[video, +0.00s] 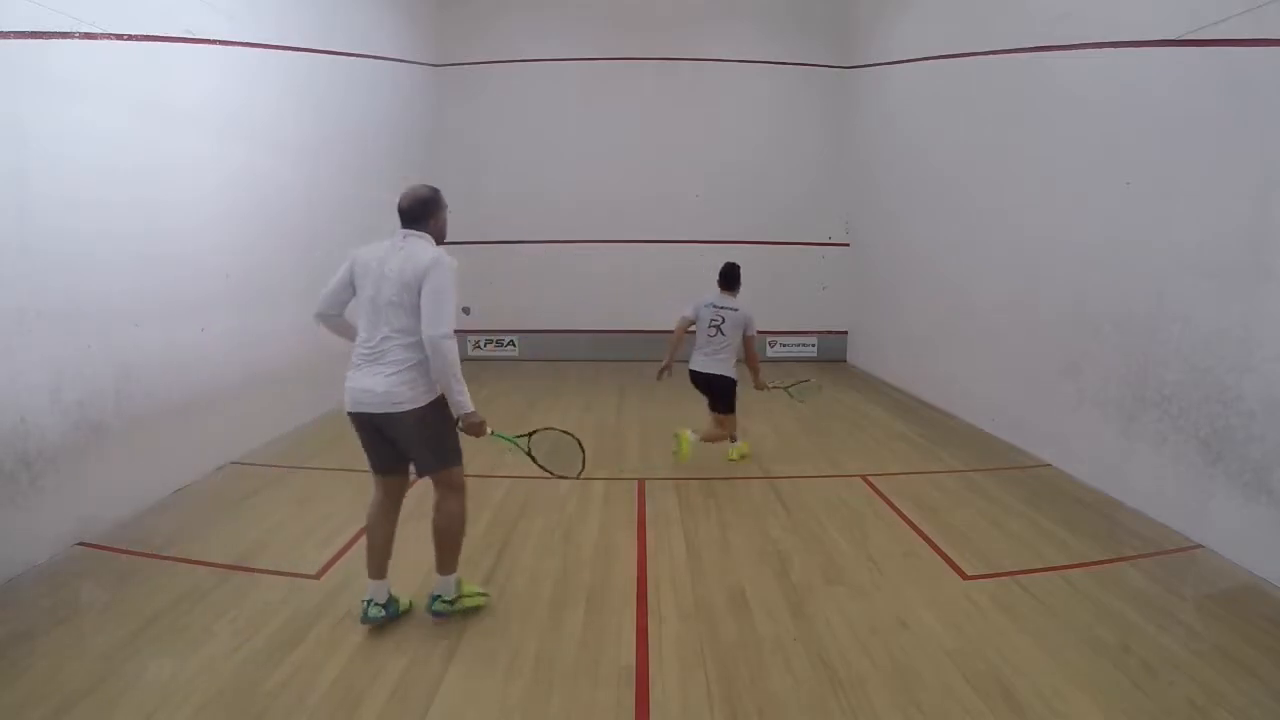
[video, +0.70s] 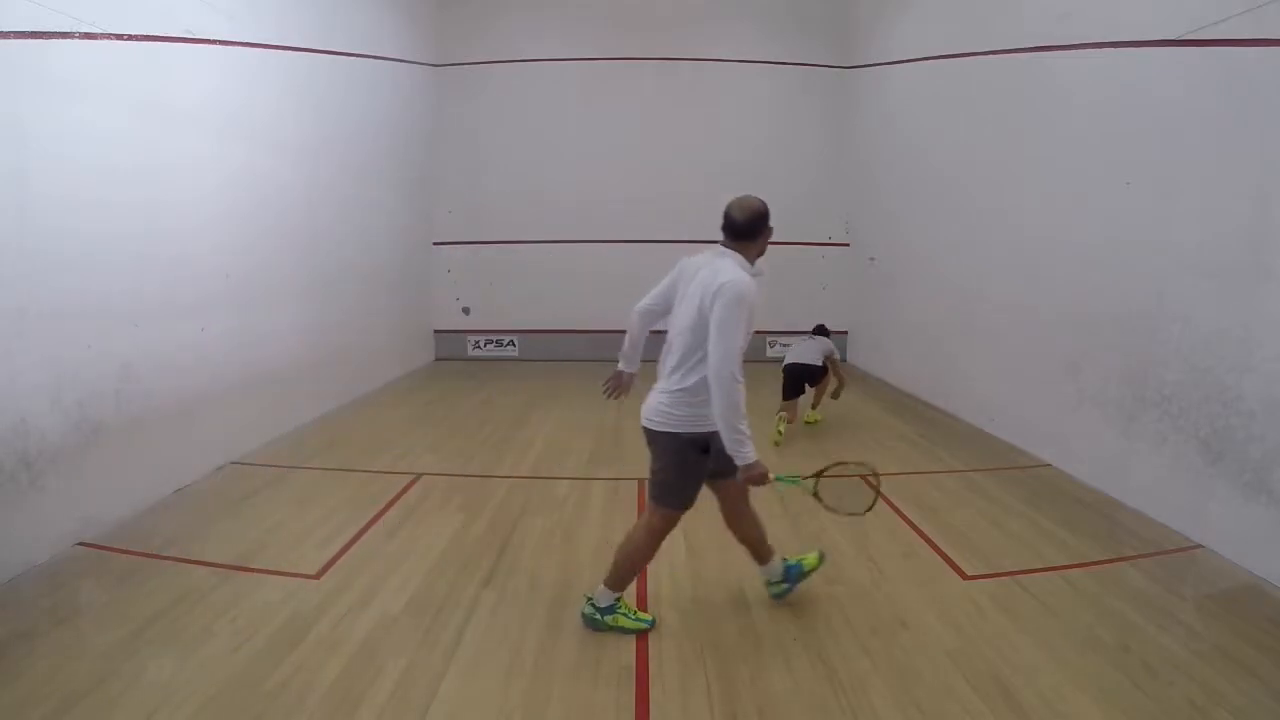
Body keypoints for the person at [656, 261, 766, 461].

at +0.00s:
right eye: (736, 282)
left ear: (718, 282)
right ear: (739, 285)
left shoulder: (703, 304)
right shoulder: (744, 314)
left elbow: (680, 329)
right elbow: (750, 355)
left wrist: (669, 360)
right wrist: (757, 379)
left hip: (696, 373)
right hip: (722, 378)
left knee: (722, 401)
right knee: (724, 431)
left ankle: (734, 443)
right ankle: (692, 437)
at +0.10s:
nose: (757, 290)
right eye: (758, 287)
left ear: (740, 288)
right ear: (760, 290)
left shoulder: (725, 309)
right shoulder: (764, 319)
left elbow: (699, 327)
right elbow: (774, 356)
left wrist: (683, 356)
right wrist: (786, 381)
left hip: (716, 371)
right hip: (743, 375)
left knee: (740, 400)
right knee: (765, 400)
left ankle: (736, 445)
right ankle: (745, 430)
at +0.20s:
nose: (779, 295)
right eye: (779, 292)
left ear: (760, 293)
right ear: (778, 295)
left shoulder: (744, 311)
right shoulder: (782, 322)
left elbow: (717, 325)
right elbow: (795, 359)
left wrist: (700, 345)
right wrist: (810, 383)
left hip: (737, 370)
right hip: (763, 372)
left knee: (749, 406)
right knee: (784, 384)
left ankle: (738, 434)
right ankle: (787, 423)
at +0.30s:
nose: (798, 304)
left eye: (797, 300)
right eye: (798, 301)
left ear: (779, 301)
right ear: (795, 302)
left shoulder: (765, 317)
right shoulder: (800, 328)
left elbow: (741, 328)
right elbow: (814, 365)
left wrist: (720, 346)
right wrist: (831, 388)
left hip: (754, 372)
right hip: (780, 375)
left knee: (750, 413)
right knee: (797, 389)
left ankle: (743, 429)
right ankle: (805, 412)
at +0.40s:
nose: (814, 323)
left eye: (812, 320)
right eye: (813, 321)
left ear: (795, 320)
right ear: (811, 322)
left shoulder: (781, 334)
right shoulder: (814, 341)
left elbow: (758, 351)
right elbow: (832, 369)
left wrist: (740, 373)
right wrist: (853, 387)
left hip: (772, 380)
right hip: (796, 382)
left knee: (762, 409)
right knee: (813, 384)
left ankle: (751, 428)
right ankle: (812, 414)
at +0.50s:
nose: (824, 348)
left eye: (824, 346)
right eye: (824, 346)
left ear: (808, 341)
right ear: (821, 344)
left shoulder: (791, 348)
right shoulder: (819, 352)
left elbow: (777, 371)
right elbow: (835, 371)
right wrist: (848, 383)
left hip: (783, 379)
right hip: (805, 380)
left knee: (769, 423)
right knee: (820, 377)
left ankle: (756, 425)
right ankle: (811, 413)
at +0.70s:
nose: (829, 340)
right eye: (829, 338)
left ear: (812, 334)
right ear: (827, 336)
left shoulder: (801, 341)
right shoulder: (827, 343)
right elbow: (836, 370)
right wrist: (840, 387)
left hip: (790, 366)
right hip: (812, 366)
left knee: (790, 415)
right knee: (825, 374)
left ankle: (782, 418)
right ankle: (812, 412)